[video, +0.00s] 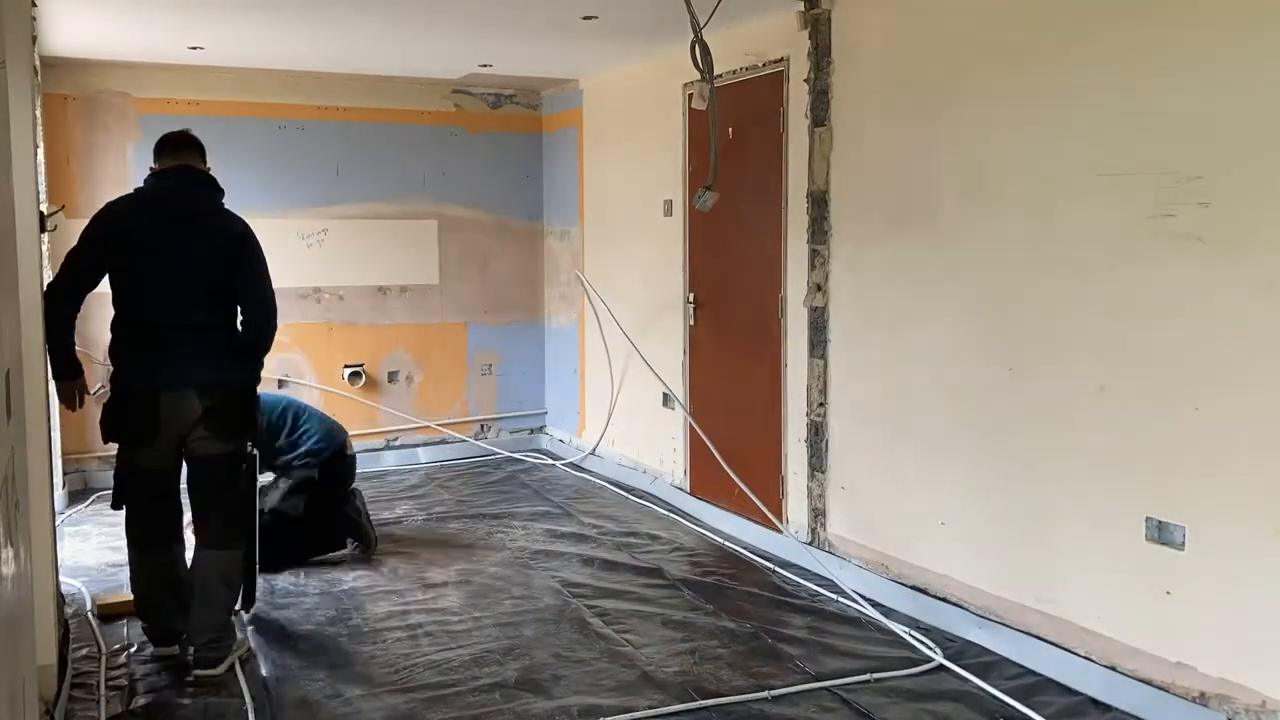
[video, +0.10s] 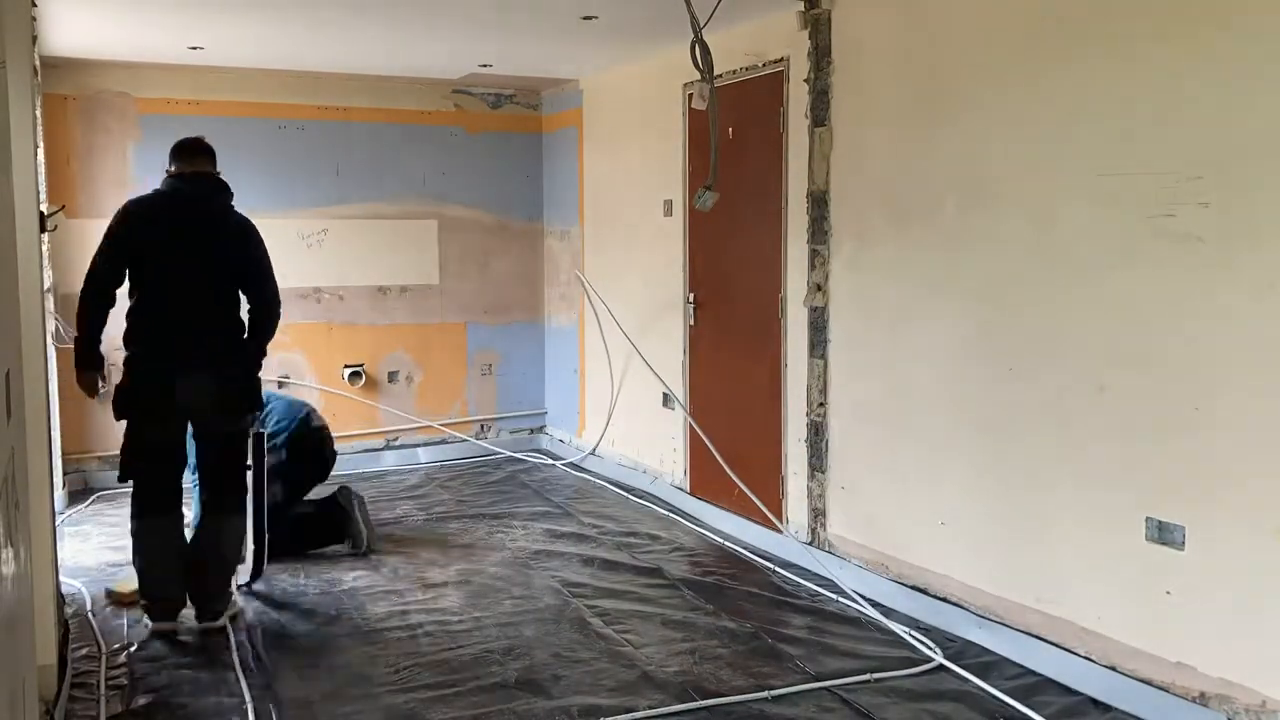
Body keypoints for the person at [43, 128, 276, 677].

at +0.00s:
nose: (185, 173)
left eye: (171, 164)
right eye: (196, 164)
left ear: (154, 168)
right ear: (206, 169)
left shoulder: (120, 217)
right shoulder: (232, 228)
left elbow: (61, 295)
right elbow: (262, 312)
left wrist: (66, 371)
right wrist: (240, 380)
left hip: (142, 394)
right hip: (218, 394)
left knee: (150, 515)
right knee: (220, 518)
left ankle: (166, 635)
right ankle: (210, 651)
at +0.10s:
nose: (193, 177)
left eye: (182, 168)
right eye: (201, 169)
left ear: (170, 170)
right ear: (216, 171)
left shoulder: (137, 215)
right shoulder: (237, 225)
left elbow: (97, 287)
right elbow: (267, 301)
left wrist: (87, 356)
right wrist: (250, 357)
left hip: (153, 375)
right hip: (220, 374)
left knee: (155, 485)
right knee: (223, 483)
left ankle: (163, 605)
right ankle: (212, 600)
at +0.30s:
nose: (174, 192)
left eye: (157, 185)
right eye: (178, 185)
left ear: (144, 187)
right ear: (184, 186)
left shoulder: (117, 226)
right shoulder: (205, 232)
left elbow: (91, 294)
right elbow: (233, 296)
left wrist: (83, 353)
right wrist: (226, 341)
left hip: (135, 354)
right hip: (195, 353)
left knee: (139, 451)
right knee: (201, 446)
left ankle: (149, 558)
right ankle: (191, 538)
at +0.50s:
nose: (122, 195)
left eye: (119, 189)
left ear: (116, 189)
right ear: (152, 186)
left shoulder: (94, 227)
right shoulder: (175, 223)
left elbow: (84, 293)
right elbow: (204, 286)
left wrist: (85, 346)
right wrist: (225, 339)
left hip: (120, 341)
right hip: (173, 339)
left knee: (126, 435)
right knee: (183, 430)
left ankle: (133, 519)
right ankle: (183, 515)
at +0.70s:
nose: (216, 208)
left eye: (218, 201)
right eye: (216, 200)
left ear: (195, 193)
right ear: (200, 193)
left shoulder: (171, 223)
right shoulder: (180, 228)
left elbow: (169, 285)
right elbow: (171, 287)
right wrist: (200, 331)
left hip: (174, 328)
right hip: (181, 331)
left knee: (178, 405)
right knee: (187, 407)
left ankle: (176, 481)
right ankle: (179, 483)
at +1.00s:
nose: (249, 220)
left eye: (253, 214)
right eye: (250, 212)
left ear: (233, 203)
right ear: (235, 202)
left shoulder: (215, 231)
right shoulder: (203, 232)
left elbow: (207, 288)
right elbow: (190, 289)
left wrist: (223, 324)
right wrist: (229, 323)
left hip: (206, 329)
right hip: (193, 329)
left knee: (214, 405)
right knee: (204, 406)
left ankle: (216, 475)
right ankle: (181, 476)